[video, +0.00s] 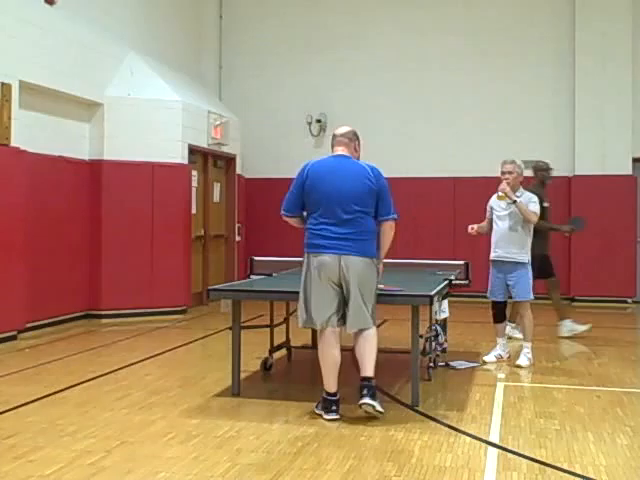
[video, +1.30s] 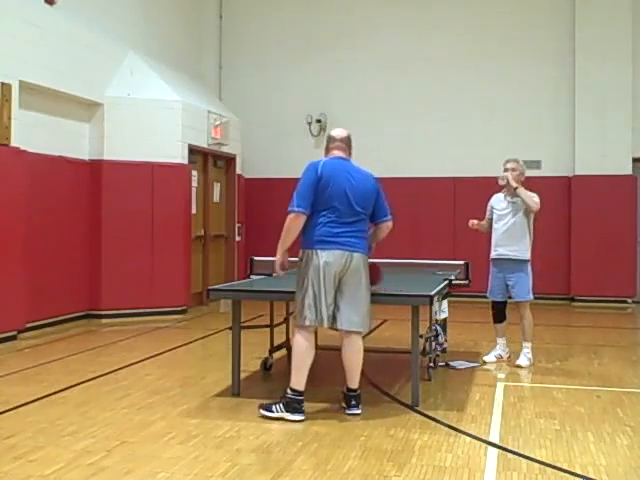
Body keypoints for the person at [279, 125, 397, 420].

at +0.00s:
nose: (359, 149)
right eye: (359, 145)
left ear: (331, 146)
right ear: (357, 147)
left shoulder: (310, 170)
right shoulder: (372, 173)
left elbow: (289, 214)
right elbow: (387, 222)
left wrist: (315, 225)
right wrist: (379, 259)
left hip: (321, 260)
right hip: (360, 261)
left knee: (327, 328)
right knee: (365, 325)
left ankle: (330, 402)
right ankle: (368, 391)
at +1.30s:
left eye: (329, 143)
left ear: (325, 148)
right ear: (350, 151)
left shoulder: (316, 169)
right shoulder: (368, 178)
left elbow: (298, 213)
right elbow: (385, 224)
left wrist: (281, 250)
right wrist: (363, 244)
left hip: (321, 256)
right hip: (357, 258)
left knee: (305, 327)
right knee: (352, 330)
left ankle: (294, 400)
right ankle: (353, 398)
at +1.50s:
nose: (302, 152)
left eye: (302, 148)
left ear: (304, 150)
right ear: (329, 148)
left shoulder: (300, 171)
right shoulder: (351, 175)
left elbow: (284, 218)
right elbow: (369, 222)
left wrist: (265, 257)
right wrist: (352, 245)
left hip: (307, 259)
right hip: (343, 260)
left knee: (299, 328)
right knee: (344, 330)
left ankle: (293, 402)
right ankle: (352, 398)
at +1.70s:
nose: (277, 163)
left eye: (276, 159)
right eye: (276, 160)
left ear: (280, 155)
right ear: (302, 146)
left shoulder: (284, 173)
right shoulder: (333, 173)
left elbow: (270, 223)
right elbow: (351, 217)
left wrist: (252, 263)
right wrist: (339, 253)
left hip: (293, 260)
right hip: (327, 261)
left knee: (291, 329)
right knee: (330, 328)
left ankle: (292, 403)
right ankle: (348, 397)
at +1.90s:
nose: (262, 162)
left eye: (261, 158)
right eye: (261, 158)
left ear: (266, 151)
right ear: (287, 145)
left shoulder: (271, 172)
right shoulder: (319, 172)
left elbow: (259, 222)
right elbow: (334, 216)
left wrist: (243, 262)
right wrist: (318, 244)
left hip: (286, 259)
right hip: (317, 258)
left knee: (287, 331)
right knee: (311, 328)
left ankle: (292, 402)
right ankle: (322, 393)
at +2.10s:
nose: (252, 162)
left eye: (250, 158)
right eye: (250, 159)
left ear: (255, 151)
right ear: (275, 145)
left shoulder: (263, 171)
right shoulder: (305, 172)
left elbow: (251, 222)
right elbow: (314, 217)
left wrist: (236, 260)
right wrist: (300, 244)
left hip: (279, 256)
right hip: (306, 256)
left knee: (283, 329)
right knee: (287, 325)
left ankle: (293, 402)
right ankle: (280, 385)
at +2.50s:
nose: (222, 166)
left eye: (220, 162)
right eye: (220, 163)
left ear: (224, 155)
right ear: (243, 150)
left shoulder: (236, 167)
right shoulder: (270, 173)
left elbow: (239, 204)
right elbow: (290, 215)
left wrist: (226, 243)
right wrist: (273, 245)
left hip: (252, 255)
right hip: (276, 254)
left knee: (244, 327)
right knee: (259, 328)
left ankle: (281, 390)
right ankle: (244, 391)